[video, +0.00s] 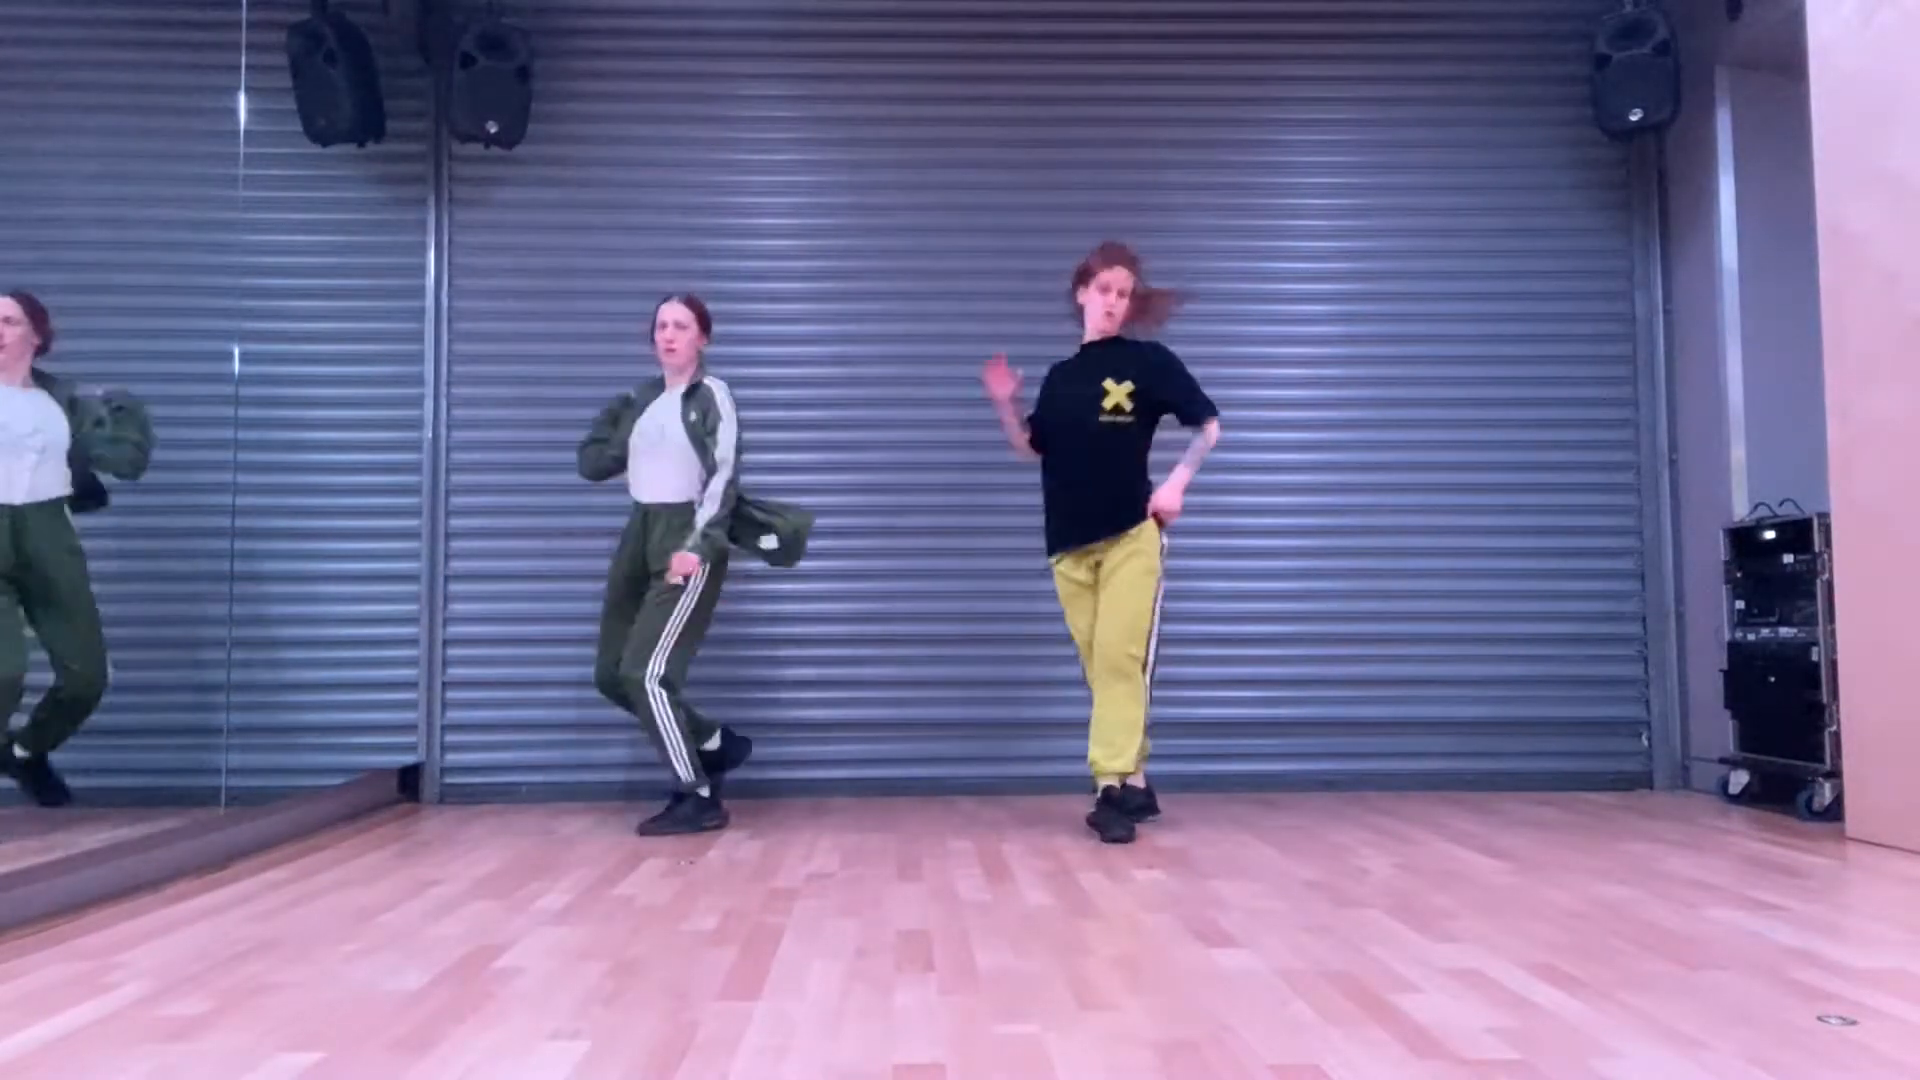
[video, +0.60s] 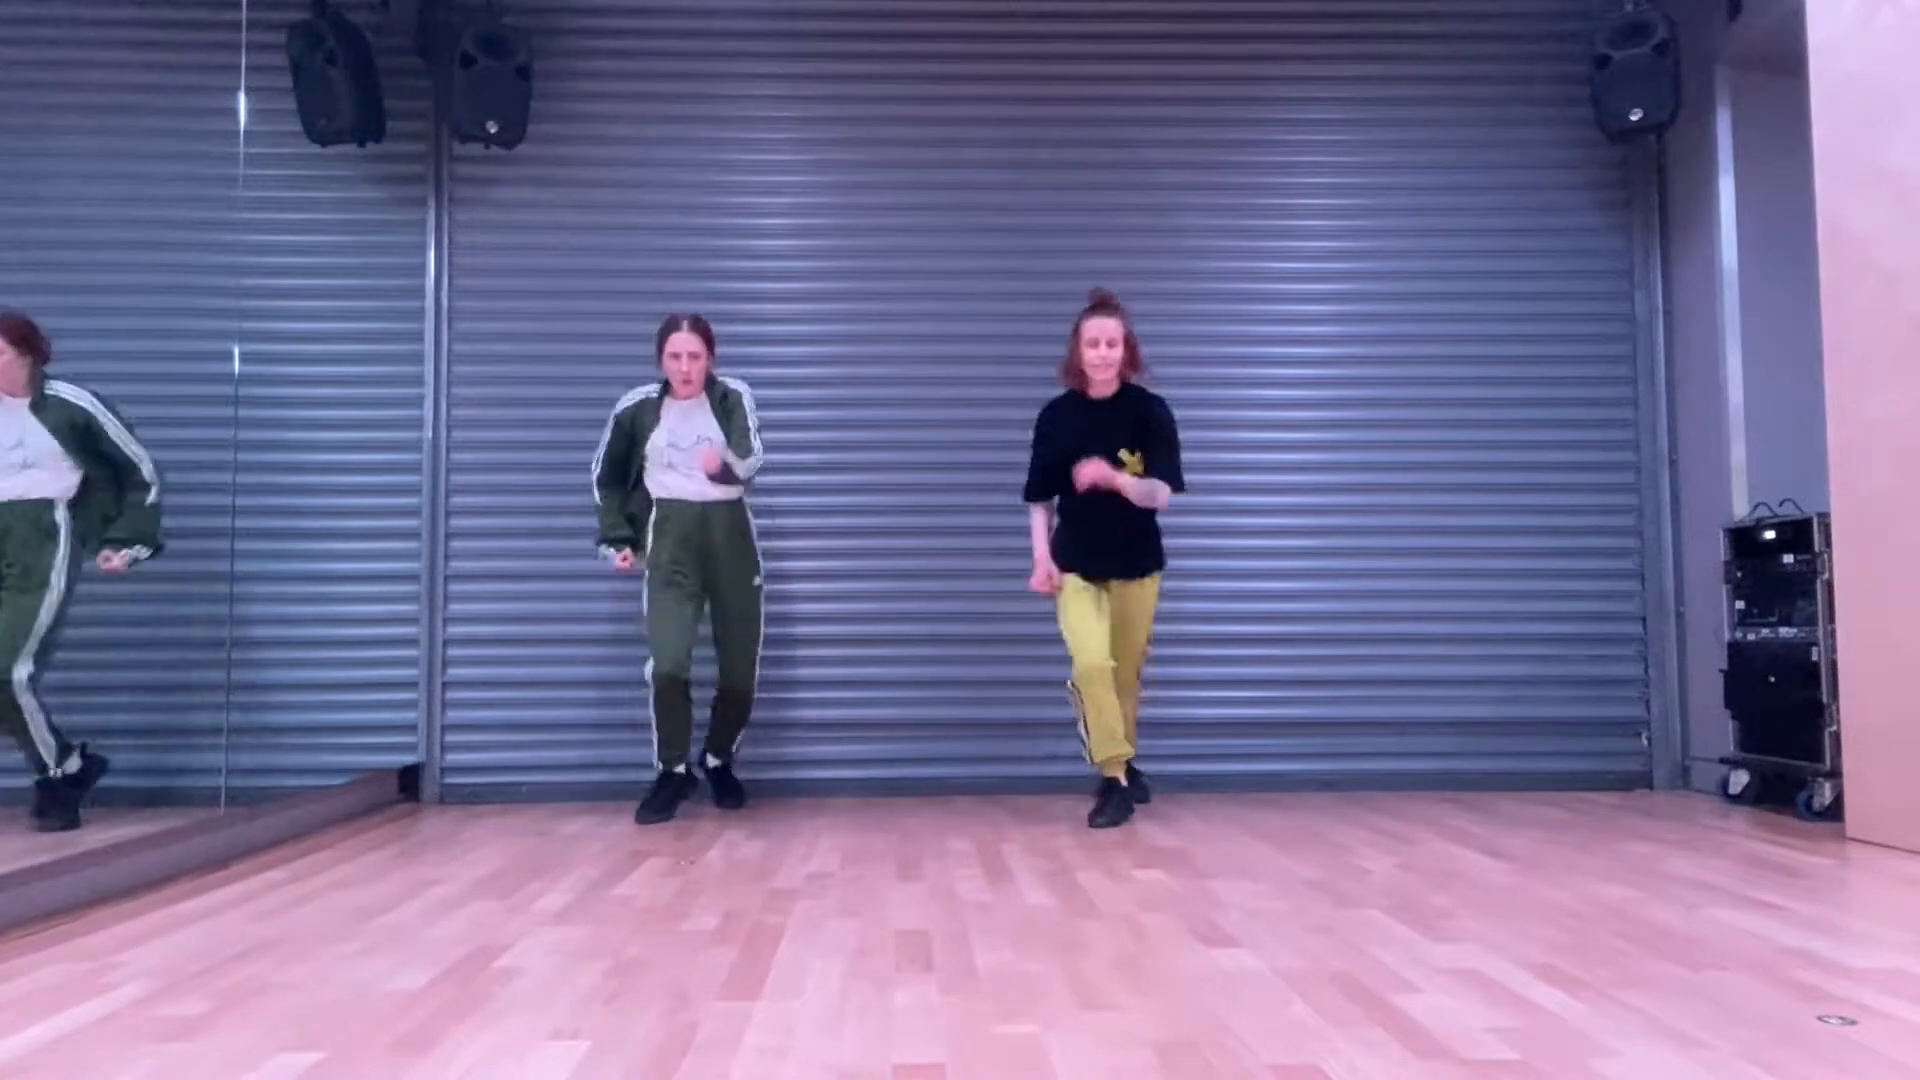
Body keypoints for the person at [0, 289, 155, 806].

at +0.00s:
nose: (0, 331)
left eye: (10, 322)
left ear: (36, 336)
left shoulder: (59, 397)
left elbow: (123, 458)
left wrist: (113, 421)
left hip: (48, 536)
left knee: (85, 679)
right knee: (5, 676)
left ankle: (26, 750)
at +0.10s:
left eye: (10, 328)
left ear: (39, 338)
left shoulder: (61, 396)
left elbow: (73, 422)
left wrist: (111, 383)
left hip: (49, 525)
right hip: (0, 527)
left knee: (73, 673)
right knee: (2, 670)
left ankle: (39, 747)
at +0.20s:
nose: (8, 345)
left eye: (18, 335)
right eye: (3, 337)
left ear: (50, 342)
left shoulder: (72, 378)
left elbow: (68, 379)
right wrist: (32, 372)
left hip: (60, 519)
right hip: (3, 517)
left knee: (44, 669)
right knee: (13, 665)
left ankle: (59, 779)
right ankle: (58, 775)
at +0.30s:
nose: (13, 357)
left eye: (25, 346)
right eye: (6, 347)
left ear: (58, 354)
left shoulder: (78, 391)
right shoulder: (1, 399)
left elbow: (48, 393)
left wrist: (6, 383)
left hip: (63, 533)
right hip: (5, 532)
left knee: (44, 682)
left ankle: (64, 792)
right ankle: (4, 721)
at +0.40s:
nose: (8, 357)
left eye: (21, 348)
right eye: (4, 347)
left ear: (54, 354)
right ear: (1, 354)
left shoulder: (84, 401)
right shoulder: (4, 408)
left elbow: (58, 449)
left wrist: (4, 453)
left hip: (63, 550)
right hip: (9, 550)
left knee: (52, 678)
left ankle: (67, 790)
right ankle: (11, 705)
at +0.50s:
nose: (0, 355)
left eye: (10, 345)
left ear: (42, 351)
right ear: (5, 353)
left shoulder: (79, 404)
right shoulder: (0, 404)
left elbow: (102, 489)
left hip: (56, 525)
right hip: (3, 522)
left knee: (42, 673)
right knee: (0, 663)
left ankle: (63, 789)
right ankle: (27, 740)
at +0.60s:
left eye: (4, 356)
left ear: (30, 360)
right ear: (2, 361)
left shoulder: (63, 405)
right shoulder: (5, 410)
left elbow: (139, 468)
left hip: (40, 545)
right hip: (4, 546)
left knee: (13, 672)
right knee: (7, 677)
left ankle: (61, 772)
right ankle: (66, 765)